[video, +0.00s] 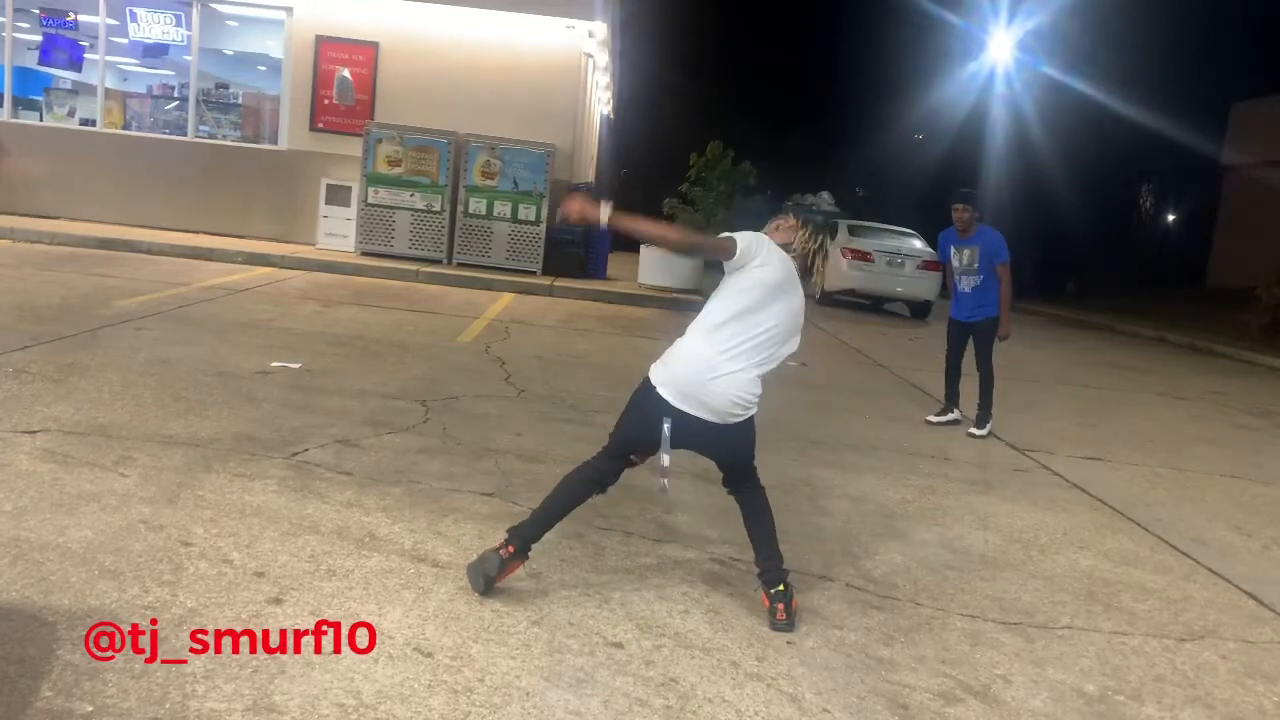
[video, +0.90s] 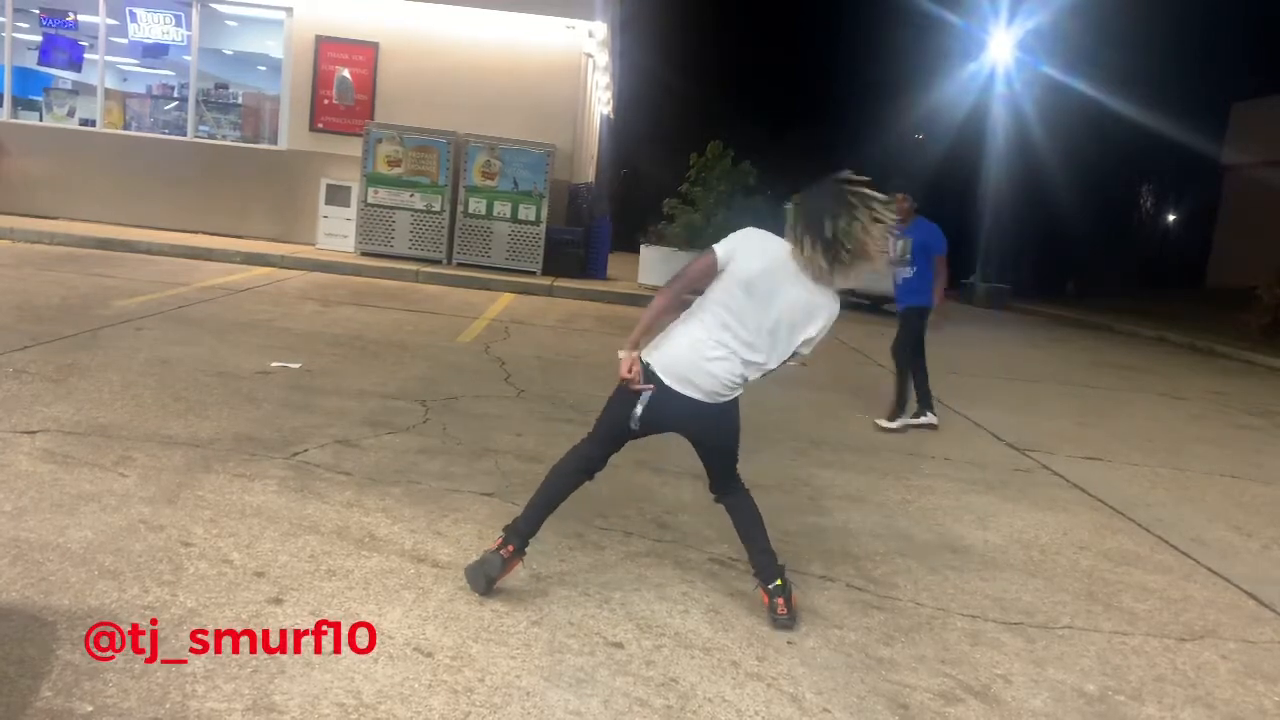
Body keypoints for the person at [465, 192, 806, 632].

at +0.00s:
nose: (773, 223)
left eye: (784, 222)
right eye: (779, 219)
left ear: (794, 238)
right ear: (811, 258)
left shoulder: (757, 246)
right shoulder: (797, 312)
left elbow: (686, 240)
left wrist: (601, 213)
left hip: (665, 394)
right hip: (727, 421)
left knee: (606, 464)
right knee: (747, 487)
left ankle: (512, 548)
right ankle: (778, 592)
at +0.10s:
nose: (768, 224)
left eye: (778, 222)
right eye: (774, 220)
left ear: (787, 238)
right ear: (805, 259)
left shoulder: (749, 248)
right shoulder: (795, 313)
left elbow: (695, 284)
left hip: (666, 396)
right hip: (728, 420)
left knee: (606, 465)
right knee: (747, 484)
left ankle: (513, 547)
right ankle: (778, 589)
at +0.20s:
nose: (765, 221)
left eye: (775, 218)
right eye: (773, 216)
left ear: (785, 231)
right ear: (805, 253)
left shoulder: (741, 249)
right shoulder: (792, 309)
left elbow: (693, 308)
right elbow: (750, 362)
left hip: (670, 400)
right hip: (730, 423)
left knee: (604, 468)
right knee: (748, 485)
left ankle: (512, 549)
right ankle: (778, 591)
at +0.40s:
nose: (773, 217)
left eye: (782, 214)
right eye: (783, 214)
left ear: (787, 223)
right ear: (813, 250)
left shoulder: (738, 243)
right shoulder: (792, 307)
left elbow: (689, 299)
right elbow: (760, 363)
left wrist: (656, 374)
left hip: (662, 395)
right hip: (726, 419)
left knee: (603, 464)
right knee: (744, 488)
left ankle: (513, 549)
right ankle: (777, 591)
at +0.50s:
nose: (826, 294)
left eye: (831, 285)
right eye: (830, 287)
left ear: (804, 239)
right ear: (826, 279)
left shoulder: (747, 238)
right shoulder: (794, 317)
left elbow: (687, 296)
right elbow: (751, 368)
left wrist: (653, 364)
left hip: (657, 389)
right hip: (721, 414)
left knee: (596, 461)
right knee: (743, 485)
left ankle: (514, 551)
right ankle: (777, 590)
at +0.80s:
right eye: (852, 260)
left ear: (812, 230)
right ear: (850, 261)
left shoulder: (760, 243)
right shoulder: (818, 320)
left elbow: (692, 281)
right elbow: (755, 366)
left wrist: (642, 340)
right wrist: (702, 366)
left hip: (654, 376)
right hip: (714, 405)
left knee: (590, 454)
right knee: (729, 482)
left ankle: (508, 548)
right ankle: (775, 589)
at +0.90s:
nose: (862, 254)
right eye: (859, 243)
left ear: (801, 218)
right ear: (846, 244)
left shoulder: (751, 242)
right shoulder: (826, 306)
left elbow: (680, 288)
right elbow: (780, 361)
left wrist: (633, 343)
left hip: (656, 381)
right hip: (715, 408)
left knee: (588, 456)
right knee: (730, 489)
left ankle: (509, 547)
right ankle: (776, 590)